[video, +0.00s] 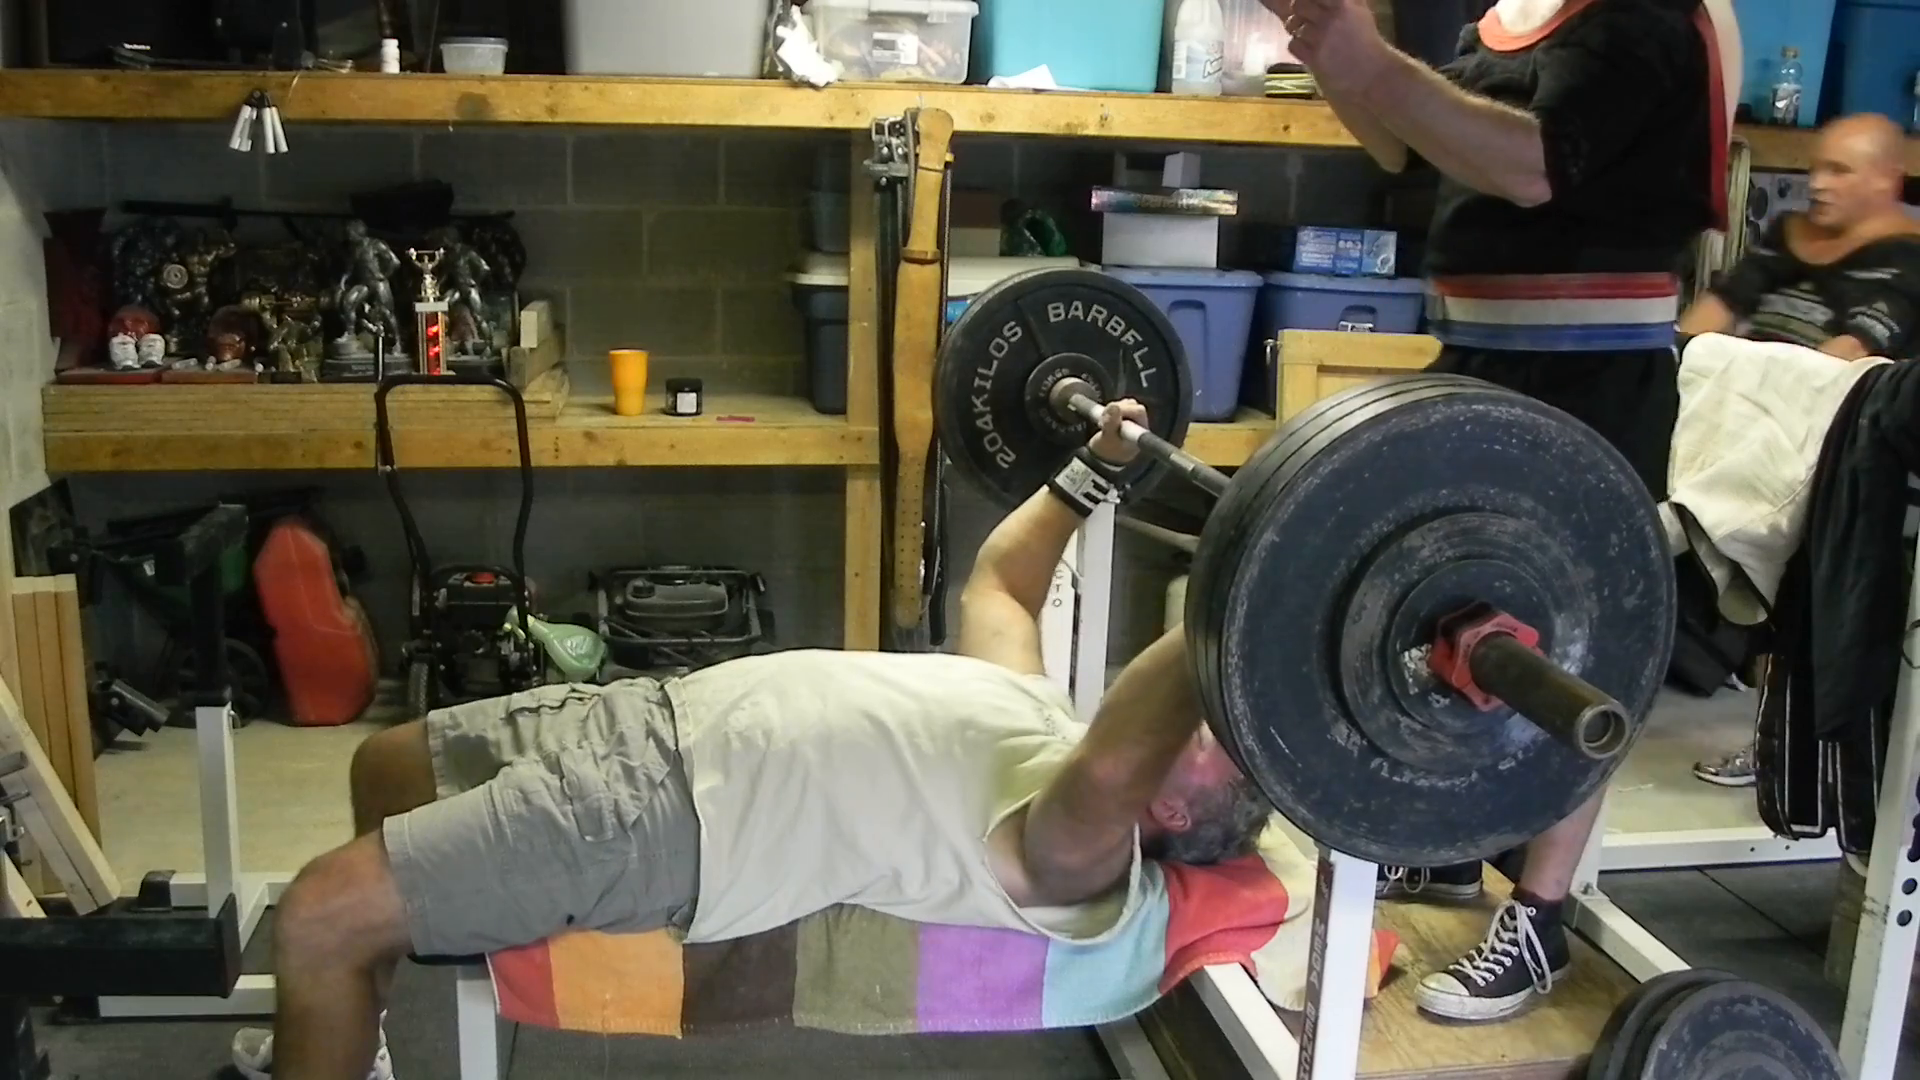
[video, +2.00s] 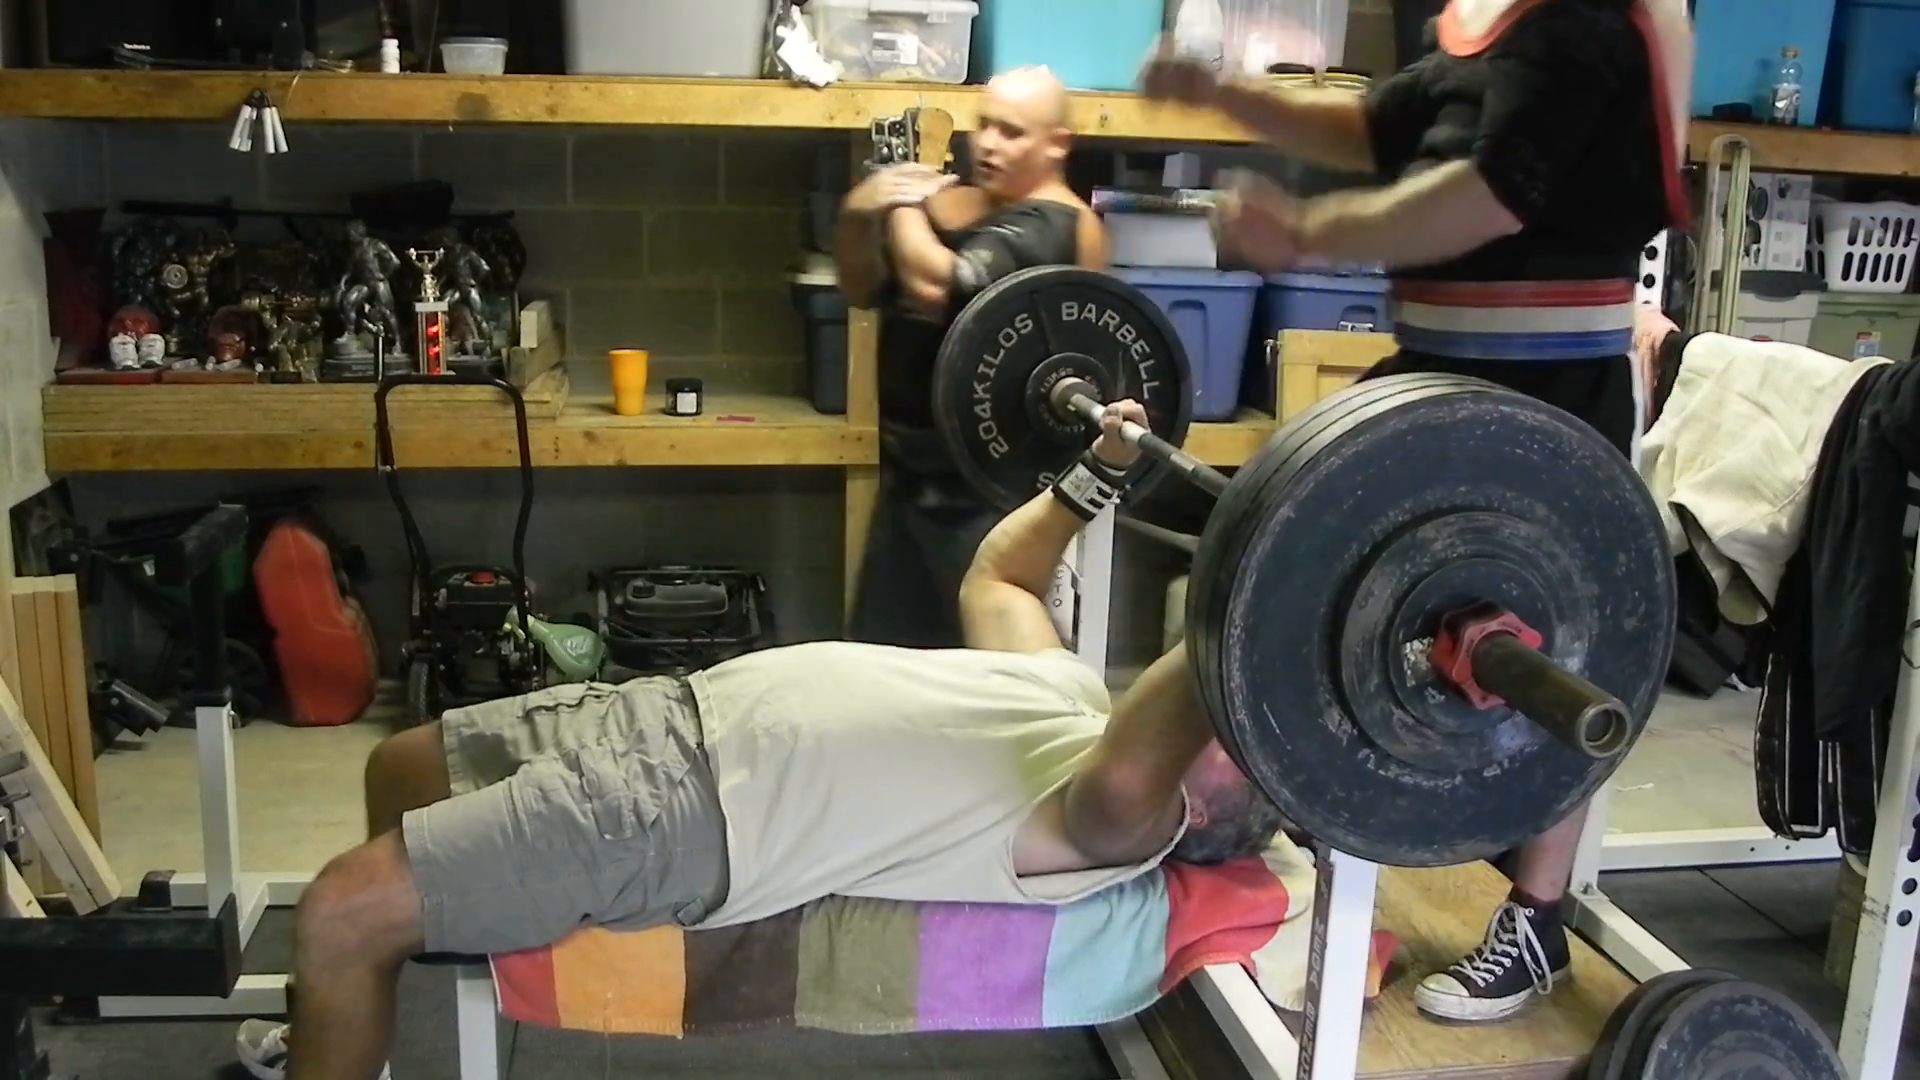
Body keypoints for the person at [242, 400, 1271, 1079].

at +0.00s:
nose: (1190, 740)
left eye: (1219, 751)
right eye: (1203, 724)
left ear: (1203, 816)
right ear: (1172, 739)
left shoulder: (1074, 861)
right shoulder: (1023, 715)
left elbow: (1128, 748)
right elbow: (1007, 581)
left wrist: (1243, 605)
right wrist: (1089, 467)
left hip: (664, 821)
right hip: (648, 712)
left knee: (318, 917)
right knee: (384, 766)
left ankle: (333, 1061)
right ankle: (373, 1007)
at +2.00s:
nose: (1209, 742)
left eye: (1231, 749)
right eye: (1219, 722)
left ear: (1230, 798)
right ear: (1197, 726)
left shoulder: (1115, 825)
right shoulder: (1057, 706)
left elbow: (1147, 750)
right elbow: (1005, 573)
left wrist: (1261, 600)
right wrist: (1091, 472)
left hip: (687, 813)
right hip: (670, 709)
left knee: (343, 911)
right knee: (399, 769)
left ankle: (320, 1067)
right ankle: (376, 1011)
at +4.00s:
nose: (1191, 722)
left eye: (1224, 744)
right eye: (1214, 721)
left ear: (1207, 833)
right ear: (1187, 720)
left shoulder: (1088, 871)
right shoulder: (1047, 720)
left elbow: (1149, 763)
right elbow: (1009, 587)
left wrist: (1282, 609)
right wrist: (1101, 478)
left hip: (665, 817)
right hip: (652, 713)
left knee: (323, 916)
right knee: (390, 768)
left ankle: (331, 1064)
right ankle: (349, 1000)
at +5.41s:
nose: (1188, 710)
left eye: (1216, 731)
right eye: (1211, 711)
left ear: (1197, 809)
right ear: (1192, 716)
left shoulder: (1090, 868)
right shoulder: (1054, 718)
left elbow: (1151, 764)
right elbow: (1016, 589)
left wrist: (1271, 597)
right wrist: (1101, 479)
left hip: (671, 815)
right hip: (660, 713)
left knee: (326, 918)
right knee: (394, 768)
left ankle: (332, 1057)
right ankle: (354, 990)